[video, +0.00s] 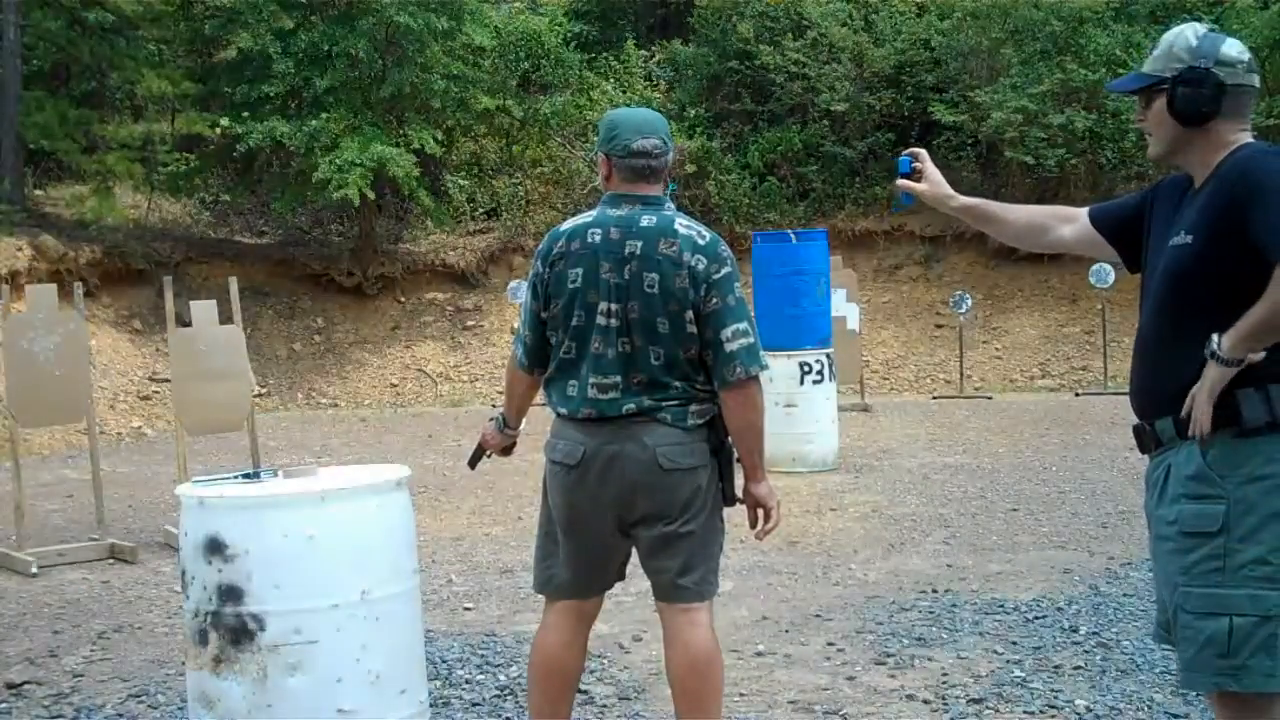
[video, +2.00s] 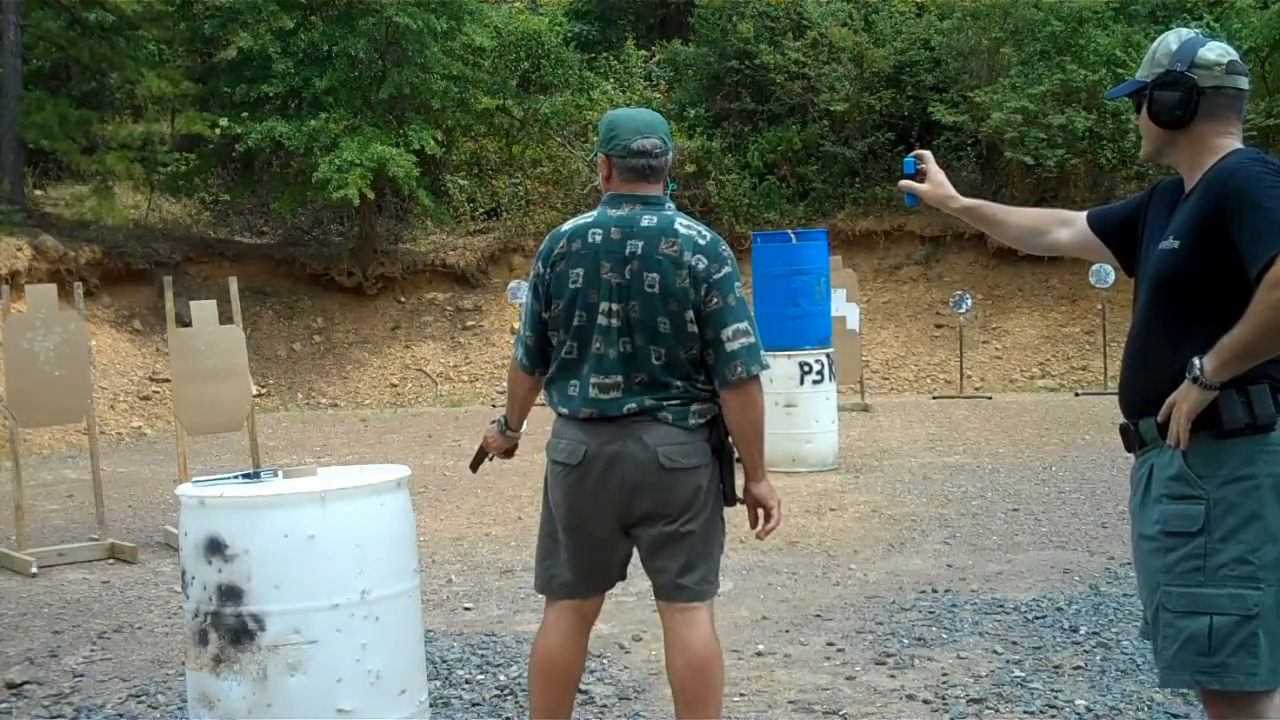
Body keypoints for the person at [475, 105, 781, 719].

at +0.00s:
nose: (596, 169)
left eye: (598, 162)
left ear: (605, 168)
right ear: (670, 168)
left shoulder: (561, 243)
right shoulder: (703, 248)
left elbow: (529, 356)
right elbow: (738, 375)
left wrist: (507, 423)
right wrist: (755, 473)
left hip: (580, 452)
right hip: (676, 453)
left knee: (567, 608)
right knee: (687, 611)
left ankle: (547, 715)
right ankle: (703, 715)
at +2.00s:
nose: (597, 171)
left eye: (598, 163)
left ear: (605, 169)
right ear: (669, 169)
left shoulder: (561, 244)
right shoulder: (704, 248)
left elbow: (530, 357)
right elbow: (738, 375)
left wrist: (509, 425)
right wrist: (756, 473)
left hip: (582, 452)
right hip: (678, 452)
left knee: (568, 607)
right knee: (688, 610)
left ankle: (547, 715)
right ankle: (700, 715)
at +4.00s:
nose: (581, 171)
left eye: (581, 164)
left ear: (586, 171)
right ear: (650, 167)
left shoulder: (557, 230)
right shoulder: (694, 239)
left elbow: (510, 241)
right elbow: (738, 362)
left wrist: (491, 229)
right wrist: (767, 459)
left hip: (581, 446)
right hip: (676, 450)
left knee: (568, 607)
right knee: (689, 612)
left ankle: (547, 715)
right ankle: (702, 715)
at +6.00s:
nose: (585, 172)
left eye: (586, 165)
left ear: (592, 170)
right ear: (658, 166)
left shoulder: (562, 233)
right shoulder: (697, 240)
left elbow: (527, 236)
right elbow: (747, 365)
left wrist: (533, 228)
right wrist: (778, 458)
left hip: (584, 447)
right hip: (682, 452)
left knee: (570, 608)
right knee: (693, 612)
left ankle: (547, 715)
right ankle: (703, 718)